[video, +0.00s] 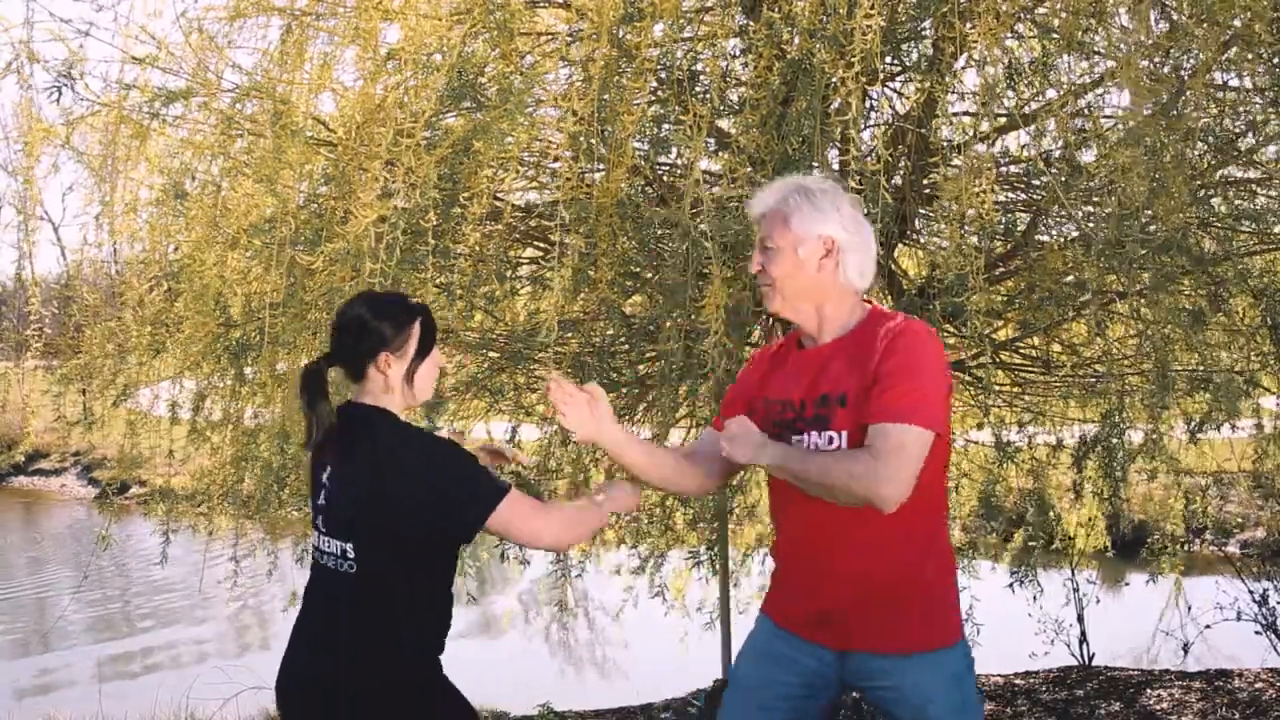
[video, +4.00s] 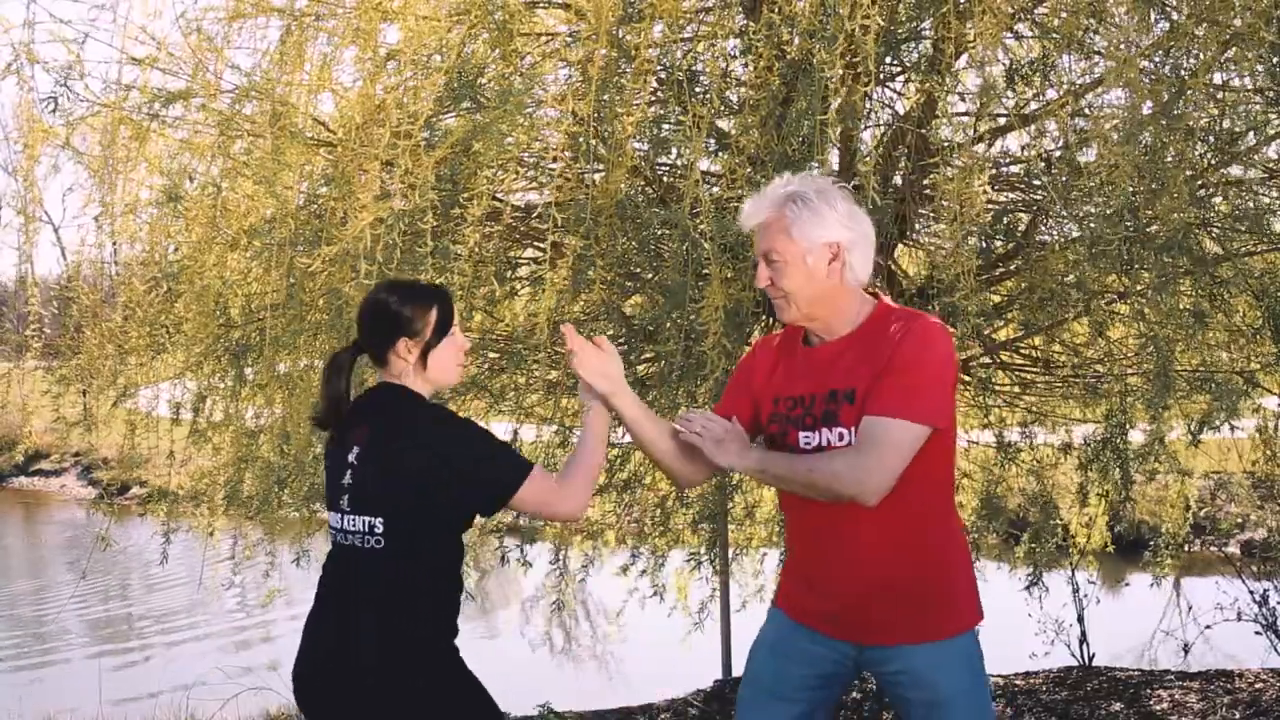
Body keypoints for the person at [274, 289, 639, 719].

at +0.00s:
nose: (439, 359)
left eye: (434, 346)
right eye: (429, 347)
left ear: (380, 362)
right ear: (389, 362)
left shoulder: (336, 436)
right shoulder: (430, 459)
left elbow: (392, 470)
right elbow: (548, 529)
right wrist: (606, 503)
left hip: (307, 686)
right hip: (397, 693)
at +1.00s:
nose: (431, 382)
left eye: (428, 368)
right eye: (424, 368)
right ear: (382, 372)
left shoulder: (312, 446)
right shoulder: (407, 454)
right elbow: (539, 499)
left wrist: (436, 432)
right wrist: (504, 436)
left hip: (300, 687)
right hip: (390, 688)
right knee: (482, 712)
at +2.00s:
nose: (582, 385)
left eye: (576, 374)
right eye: (572, 376)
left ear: (525, 392)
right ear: (529, 393)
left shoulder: (490, 458)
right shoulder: (569, 476)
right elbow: (698, 484)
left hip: (473, 695)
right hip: (556, 700)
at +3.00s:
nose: (667, 367)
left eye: (661, 356)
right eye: (656, 358)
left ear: (610, 378)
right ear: (617, 377)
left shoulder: (584, 437)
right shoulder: (642, 457)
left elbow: (735, 431)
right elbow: (775, 477)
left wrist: (810, 362)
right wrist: (792, 433)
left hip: (540, 681)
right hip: (612, 695)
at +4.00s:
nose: (465, 343)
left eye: (459, 329)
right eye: (452, 332)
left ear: (402, 351)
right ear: (409, 350)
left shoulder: (350, 422)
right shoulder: (441, 435)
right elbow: (570, 501)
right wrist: (599, 402)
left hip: (325, 671)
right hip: (412, 675)